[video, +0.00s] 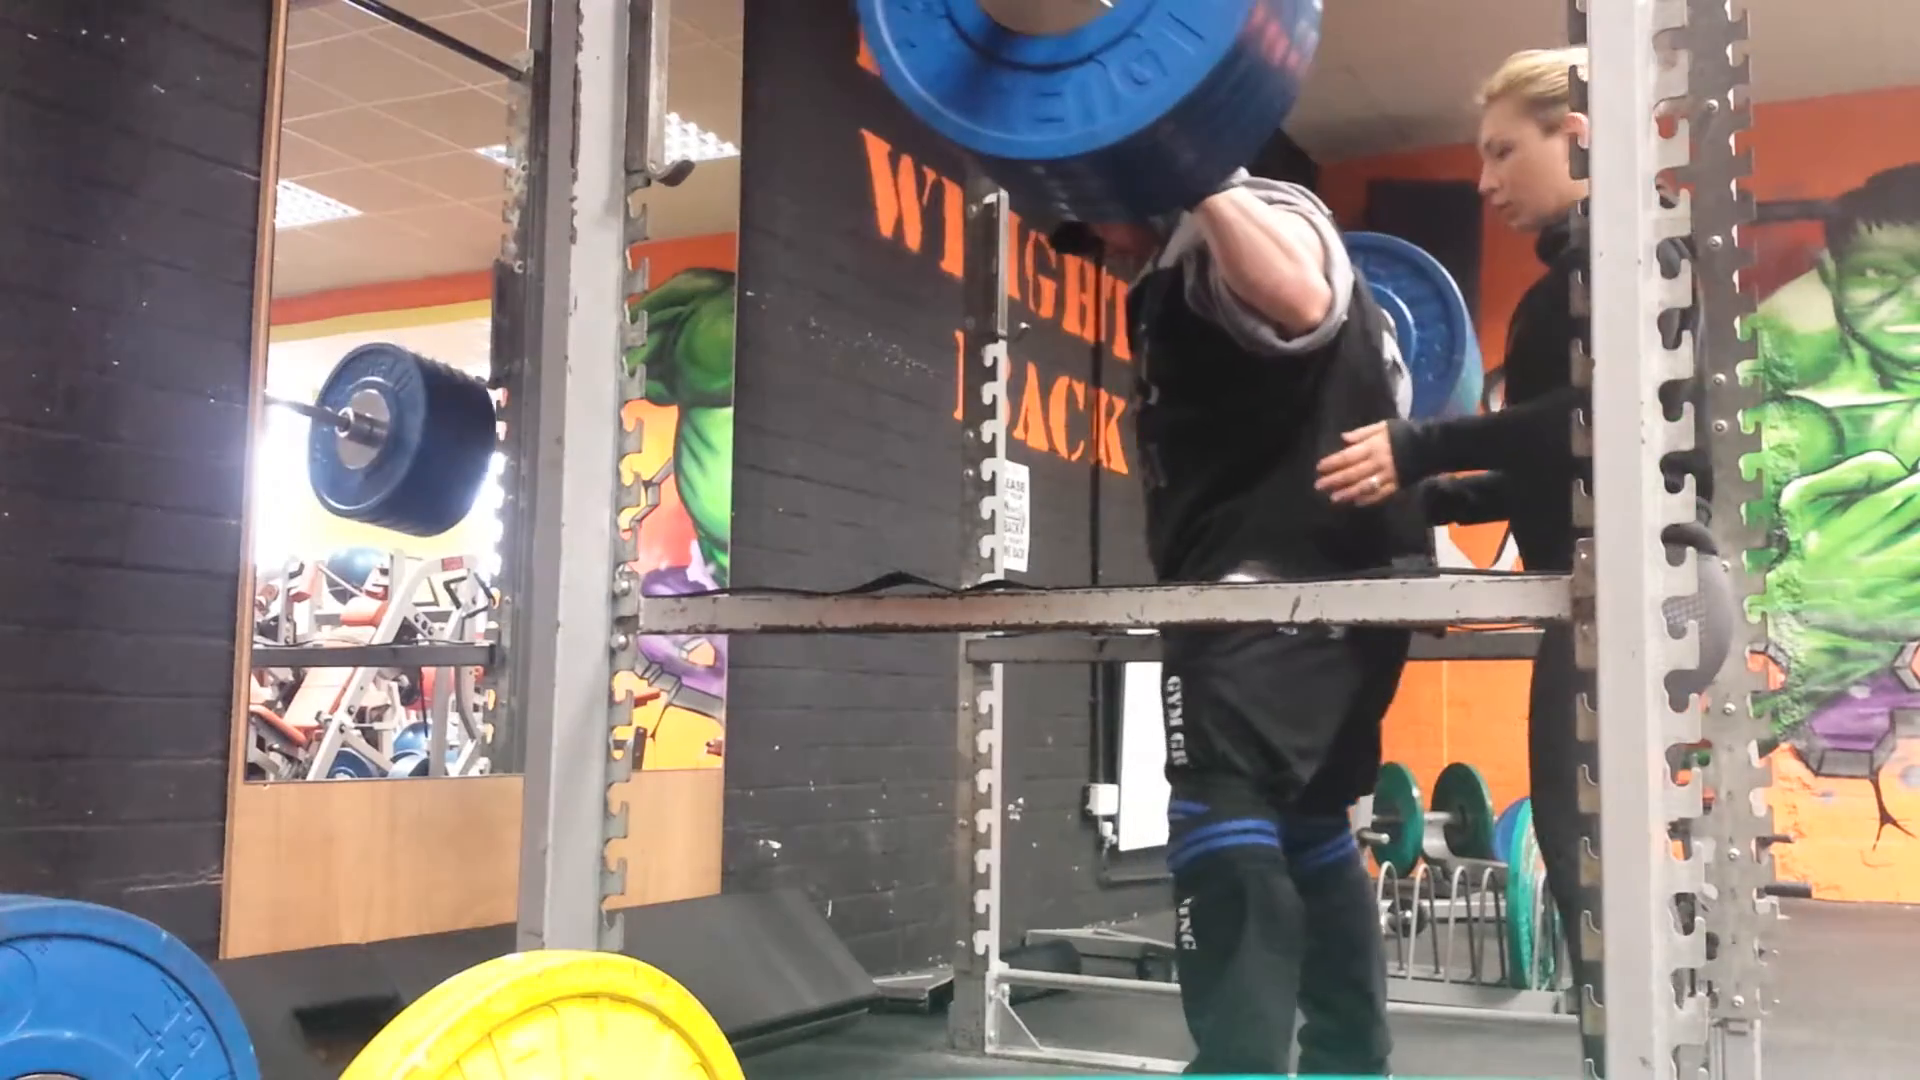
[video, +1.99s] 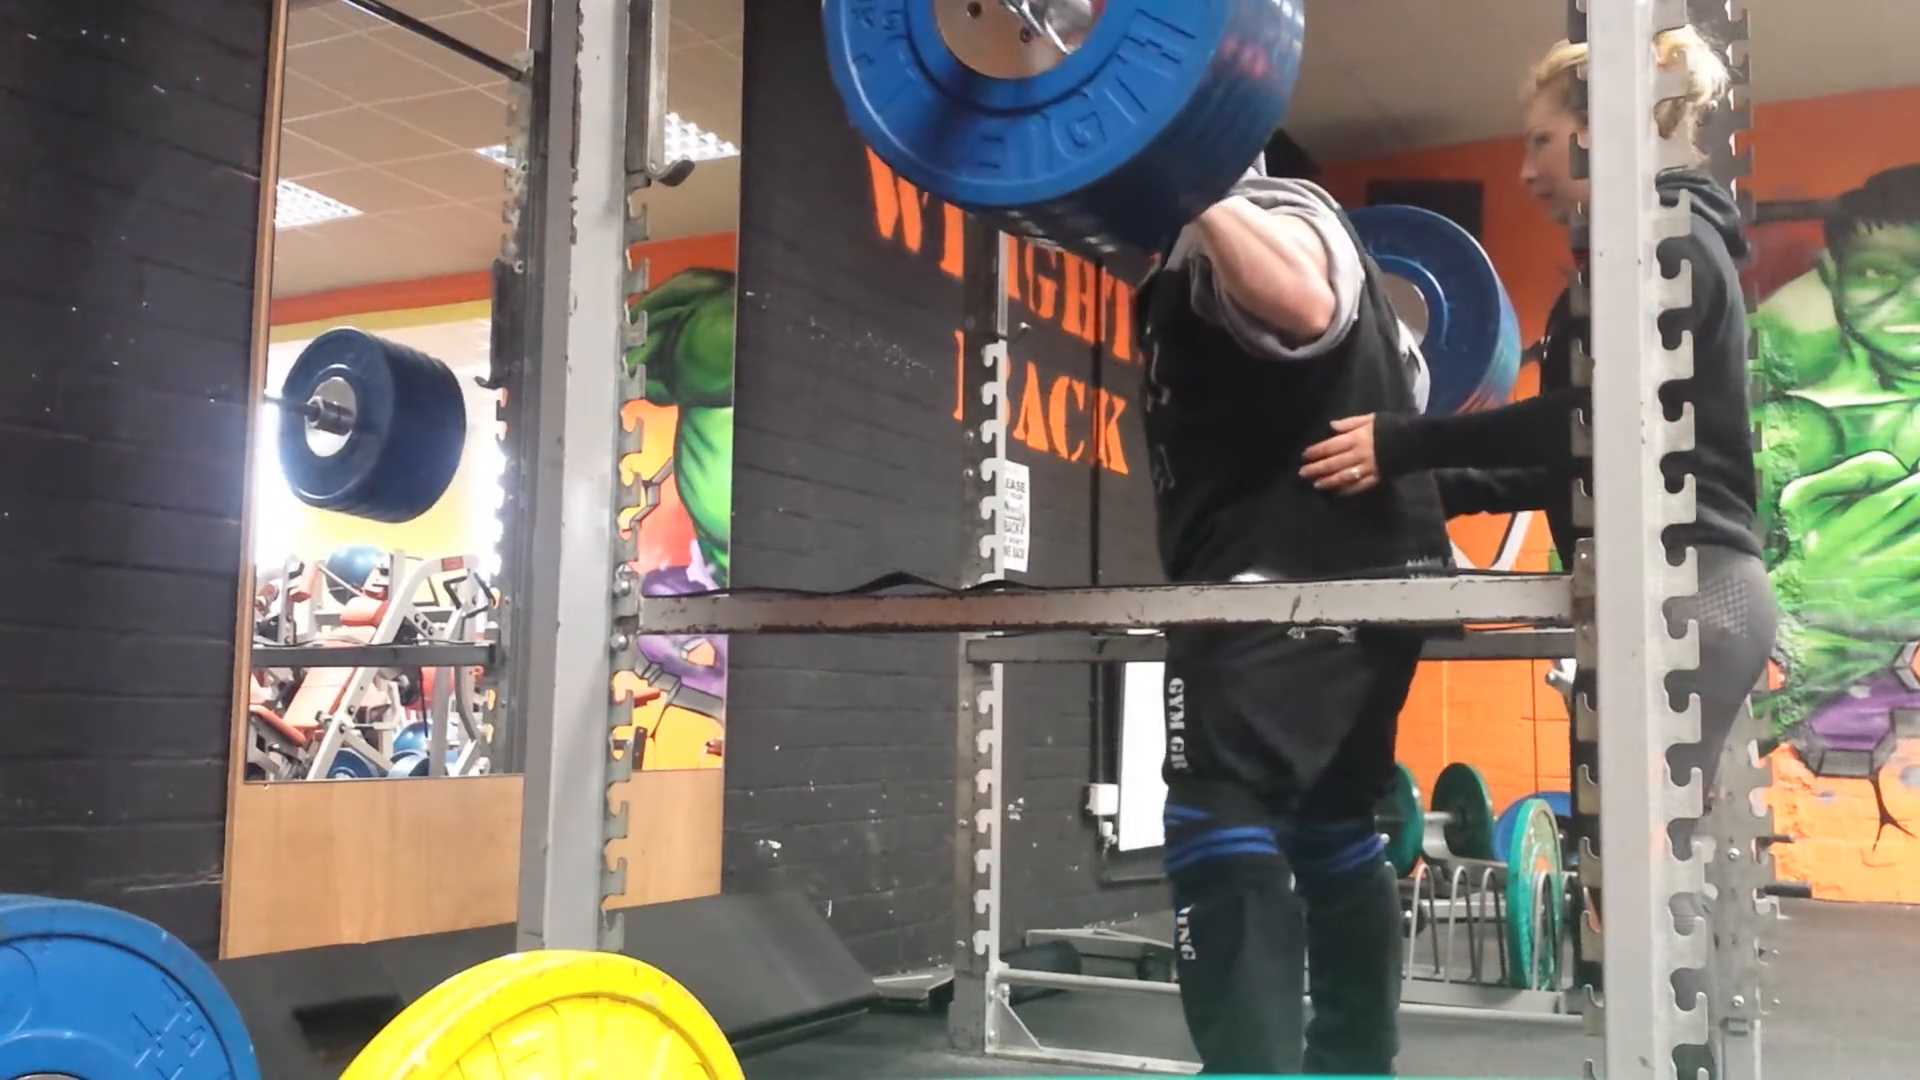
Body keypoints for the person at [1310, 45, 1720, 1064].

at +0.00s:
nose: (1486, 182)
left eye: (1500, 154)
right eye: (1483, 160)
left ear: (1571, 137)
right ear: (1554, 148)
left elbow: (1598, 421)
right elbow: (1560, 465)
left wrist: (1422, 446)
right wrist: (1433, 497)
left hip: (1624, 581)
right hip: (1581, 580)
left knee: (1590, 820)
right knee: (1570, 817)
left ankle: (1629, 1047)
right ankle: (1613, 1042)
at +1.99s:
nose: (1532, 171)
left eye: (1542, 148)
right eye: (1531, 150)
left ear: (1600, 140)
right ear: (1611, 143)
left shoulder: (1652, 241)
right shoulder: (1660, 241)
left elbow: (1594, 426)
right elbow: (1585, 458)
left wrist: (1403, 444)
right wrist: (1429, 477)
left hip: (1680, 586)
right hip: (1700, 585)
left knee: (1637, 855)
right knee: (1661, 854)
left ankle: (1659, 1060)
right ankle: (1681, 1055)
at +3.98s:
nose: (1517, 191)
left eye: (1527, 166)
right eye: (1518, 169)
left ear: (1580, 157)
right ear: (1581, 163)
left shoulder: (1621, 262)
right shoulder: (1591, 282)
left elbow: (1576, 424)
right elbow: (1563, 477)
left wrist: (1401, 465)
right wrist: (1435, 514)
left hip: (1619, 591)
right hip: (1593, 589)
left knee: (1566, 816)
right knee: (1563, 816)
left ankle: (1624, 1041)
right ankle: (1616, 1037)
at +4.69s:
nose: (1473, 286)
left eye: (1484, 258)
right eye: (1474, 263)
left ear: (1546, 244)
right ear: (1541, 248)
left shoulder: (1606, 360)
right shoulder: (1571, 382)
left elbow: (1560, 545)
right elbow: (1536, 545)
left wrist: (1393, 601)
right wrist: (1389, 595)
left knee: (1567, 858)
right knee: (1539, 852)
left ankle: (1677, 1053)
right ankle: (1657, 1047)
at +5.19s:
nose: (1482, 381)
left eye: (1496, 355)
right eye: (1487, 358)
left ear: (1559, 356)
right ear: (1557, 359)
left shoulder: (1596, 461)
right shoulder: (1580, 466)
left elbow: (1574, 661)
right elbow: (1564, 661)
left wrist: (1379, 709)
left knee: (1547, 907)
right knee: (1531, 887)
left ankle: (1657, 1067)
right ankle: (1666, 1062)